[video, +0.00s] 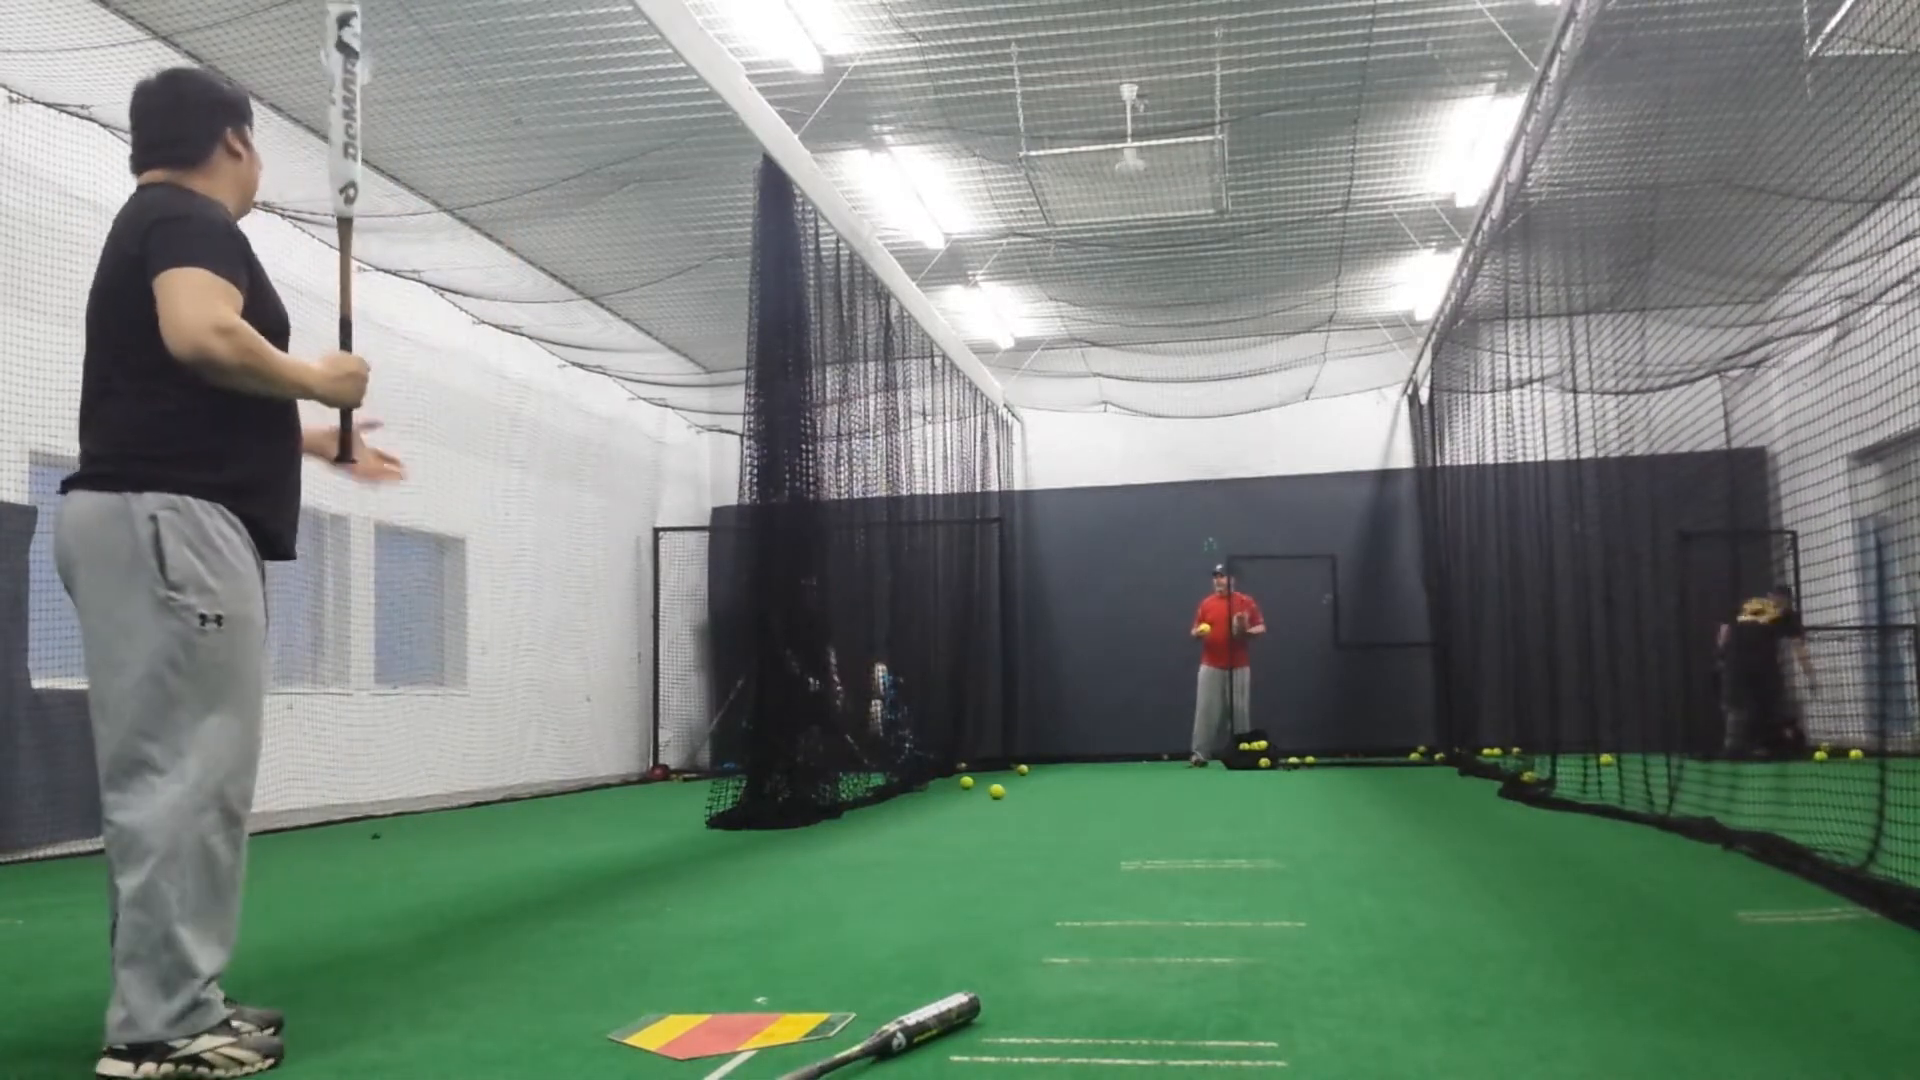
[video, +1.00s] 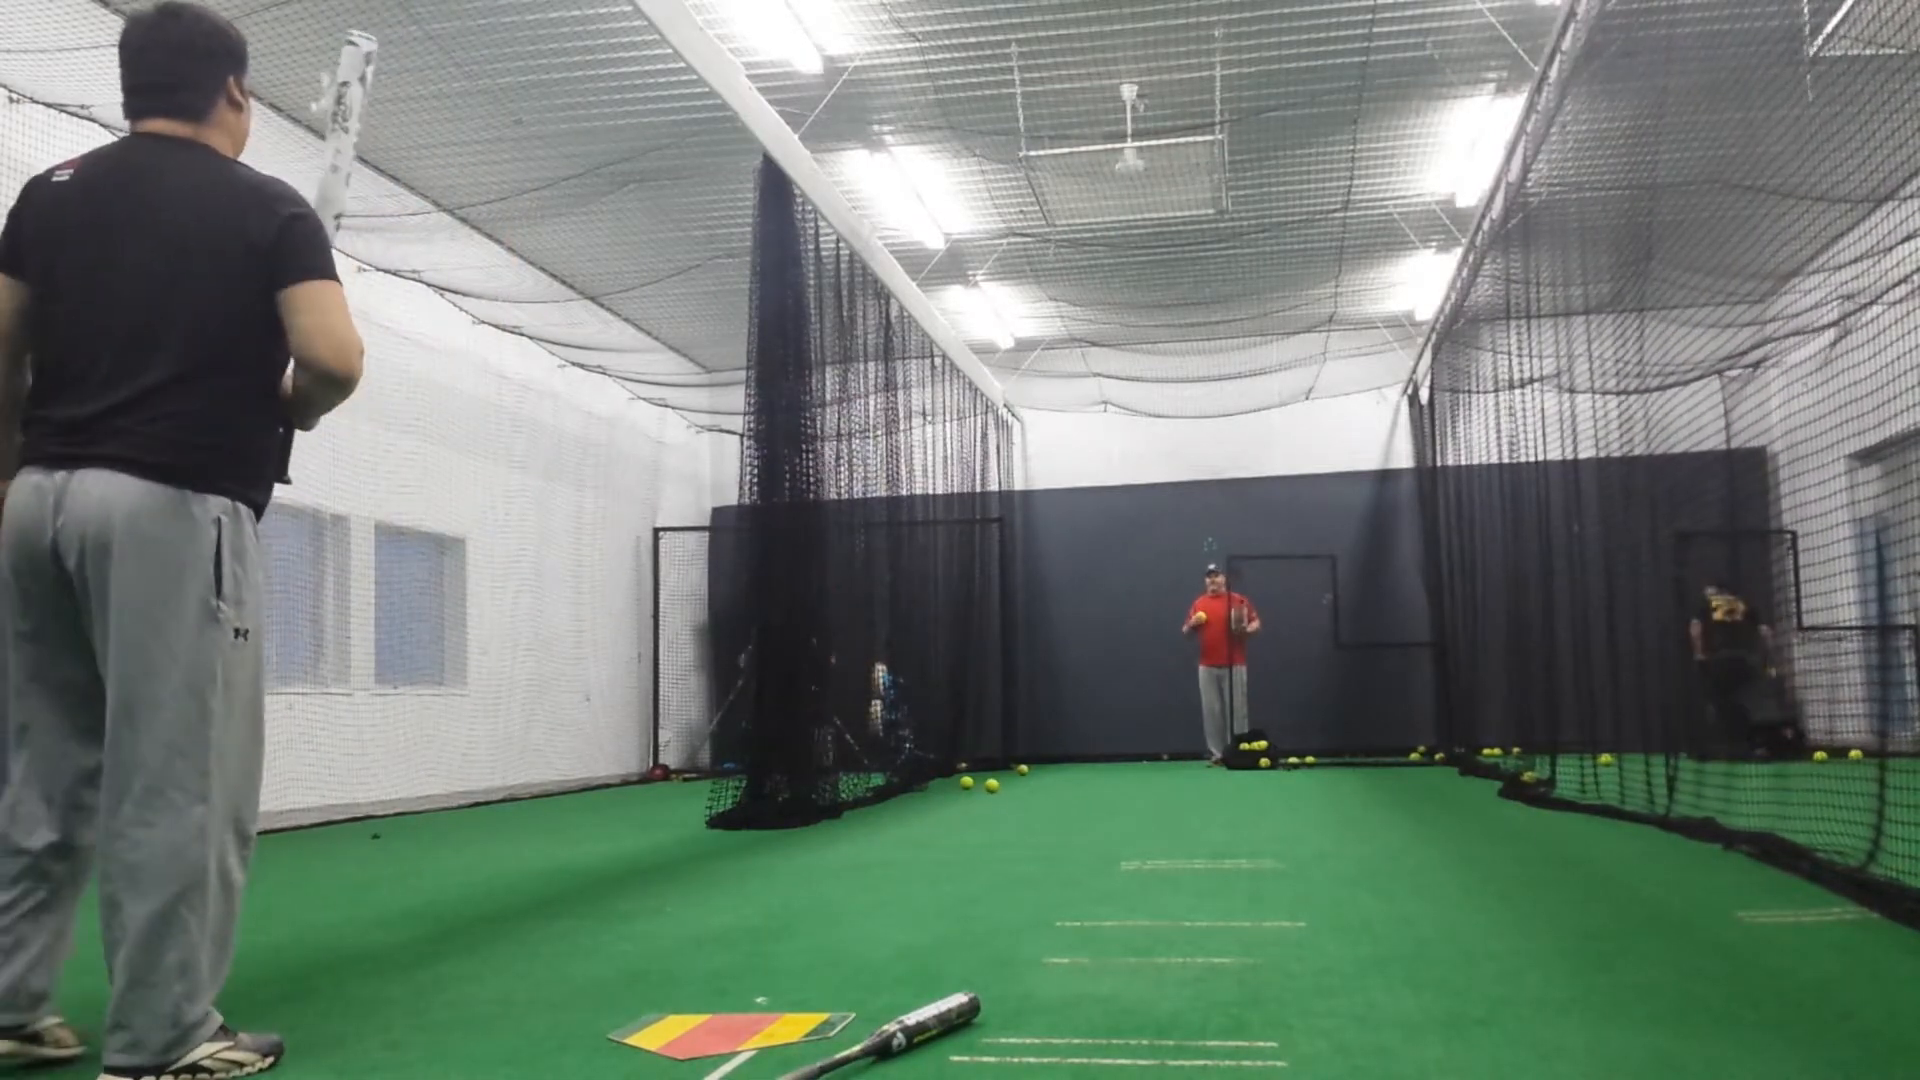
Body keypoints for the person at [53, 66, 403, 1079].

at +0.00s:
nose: (261, 165)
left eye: (254, 147)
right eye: (255, 146)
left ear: (160, 149)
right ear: (230, 142)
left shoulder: (157, 225)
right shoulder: (188, 217)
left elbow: (193, 400)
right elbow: (197, 334)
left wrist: (316, 440)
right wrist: (314, 377)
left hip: (139, 522)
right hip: (167, 526)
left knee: (165, 771)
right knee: (189, 772)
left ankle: (170, 1000)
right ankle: (162, 1020)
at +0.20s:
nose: (254, 149)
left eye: (248, 132)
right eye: (250, 131)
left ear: (151, 136)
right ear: (228, 129)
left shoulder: (131, 218)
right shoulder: (198, 210)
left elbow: (173, 359)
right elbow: (212, 331)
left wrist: (294, 366)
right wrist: (313, 387)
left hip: (128, 517)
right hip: (182, 526)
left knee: (167, 777)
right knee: (192, 784)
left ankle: (172, 998)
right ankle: (158, 1029)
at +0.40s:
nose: (254, 135)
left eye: (249, 118)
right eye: (251, 117)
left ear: (146, 123)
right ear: (229, 115)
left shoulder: (104, 217)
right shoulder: (224, 203)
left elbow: (135, 360)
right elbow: (254, 332)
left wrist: (286, 377)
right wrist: (332, 383)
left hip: (98, 512)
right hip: (186, 519)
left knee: (154, 770)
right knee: (194, 780)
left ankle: (175, 992)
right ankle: (157, 1032)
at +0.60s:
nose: (260, 123)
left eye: (256, 106)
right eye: (257, 106)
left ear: (147, 108)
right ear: (234, 104)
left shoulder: (81, 212)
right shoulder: (247, 203)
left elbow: (52, 370)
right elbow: (290, 337)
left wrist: (106, 444)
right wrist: (344, 385)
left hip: (73, 510)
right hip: (182, 516)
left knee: (132, 769)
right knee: (186, 773)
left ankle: (167, 992)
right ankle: (156, 1033)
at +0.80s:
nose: (259, 116)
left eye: (256, 99)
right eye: (256, 99)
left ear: (139, 100)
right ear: (234, 97)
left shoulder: (60, 200)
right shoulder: (264, 204)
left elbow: (6, 333)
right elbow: (314, 344)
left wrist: (11, 472)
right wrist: (327, 393)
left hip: (56, 507)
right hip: (181, 517)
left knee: (83, 765)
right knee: (179, 773)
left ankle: (84, 1007)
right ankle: (160, 1032)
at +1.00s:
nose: (250, 112)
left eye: (246, 95)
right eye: (247, 95)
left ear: (133, 95)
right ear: (228, 95)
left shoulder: (45, 198)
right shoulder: (267, 209)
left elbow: (6, 348)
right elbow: (336, 362)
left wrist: (28, 445)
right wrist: (293, 405)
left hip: (37, 508)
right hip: (173, 518)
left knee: (41, 773)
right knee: (175, 780)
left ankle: (14, 1008)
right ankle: (163, 1033)